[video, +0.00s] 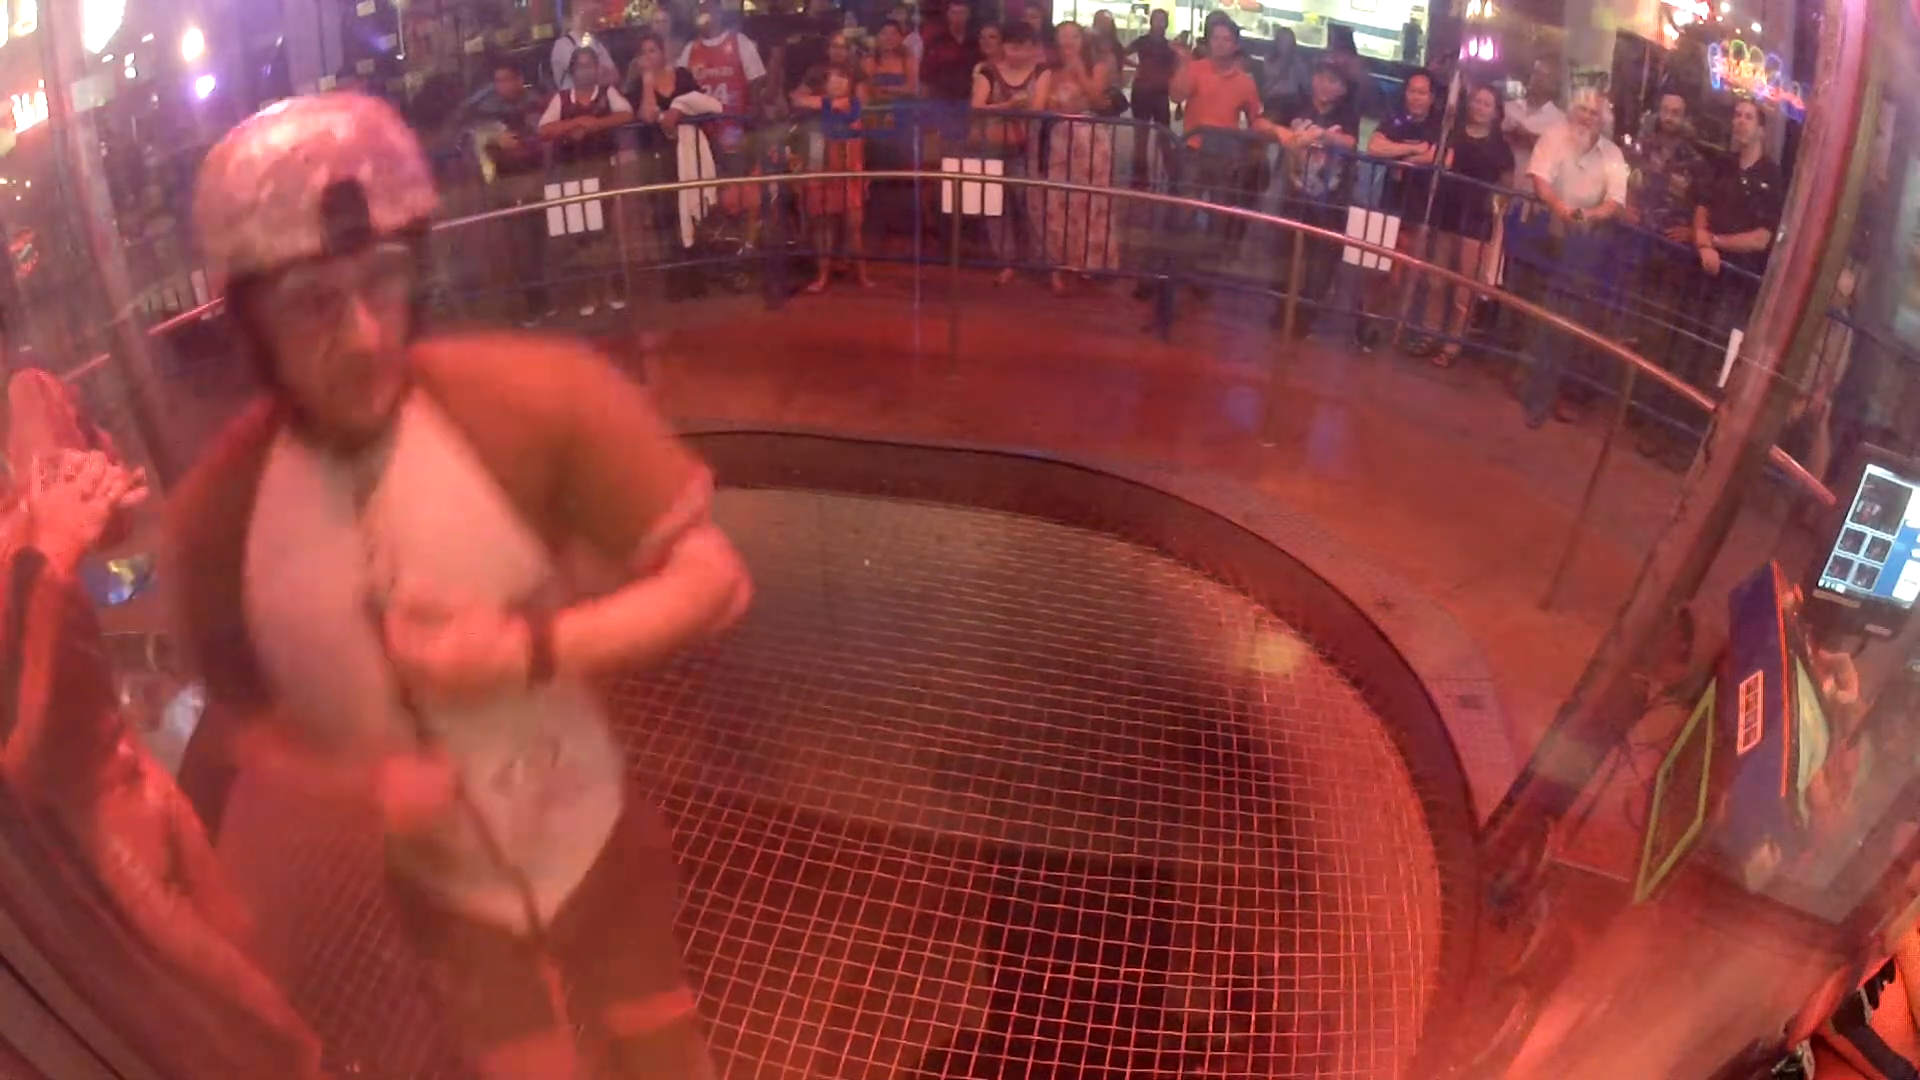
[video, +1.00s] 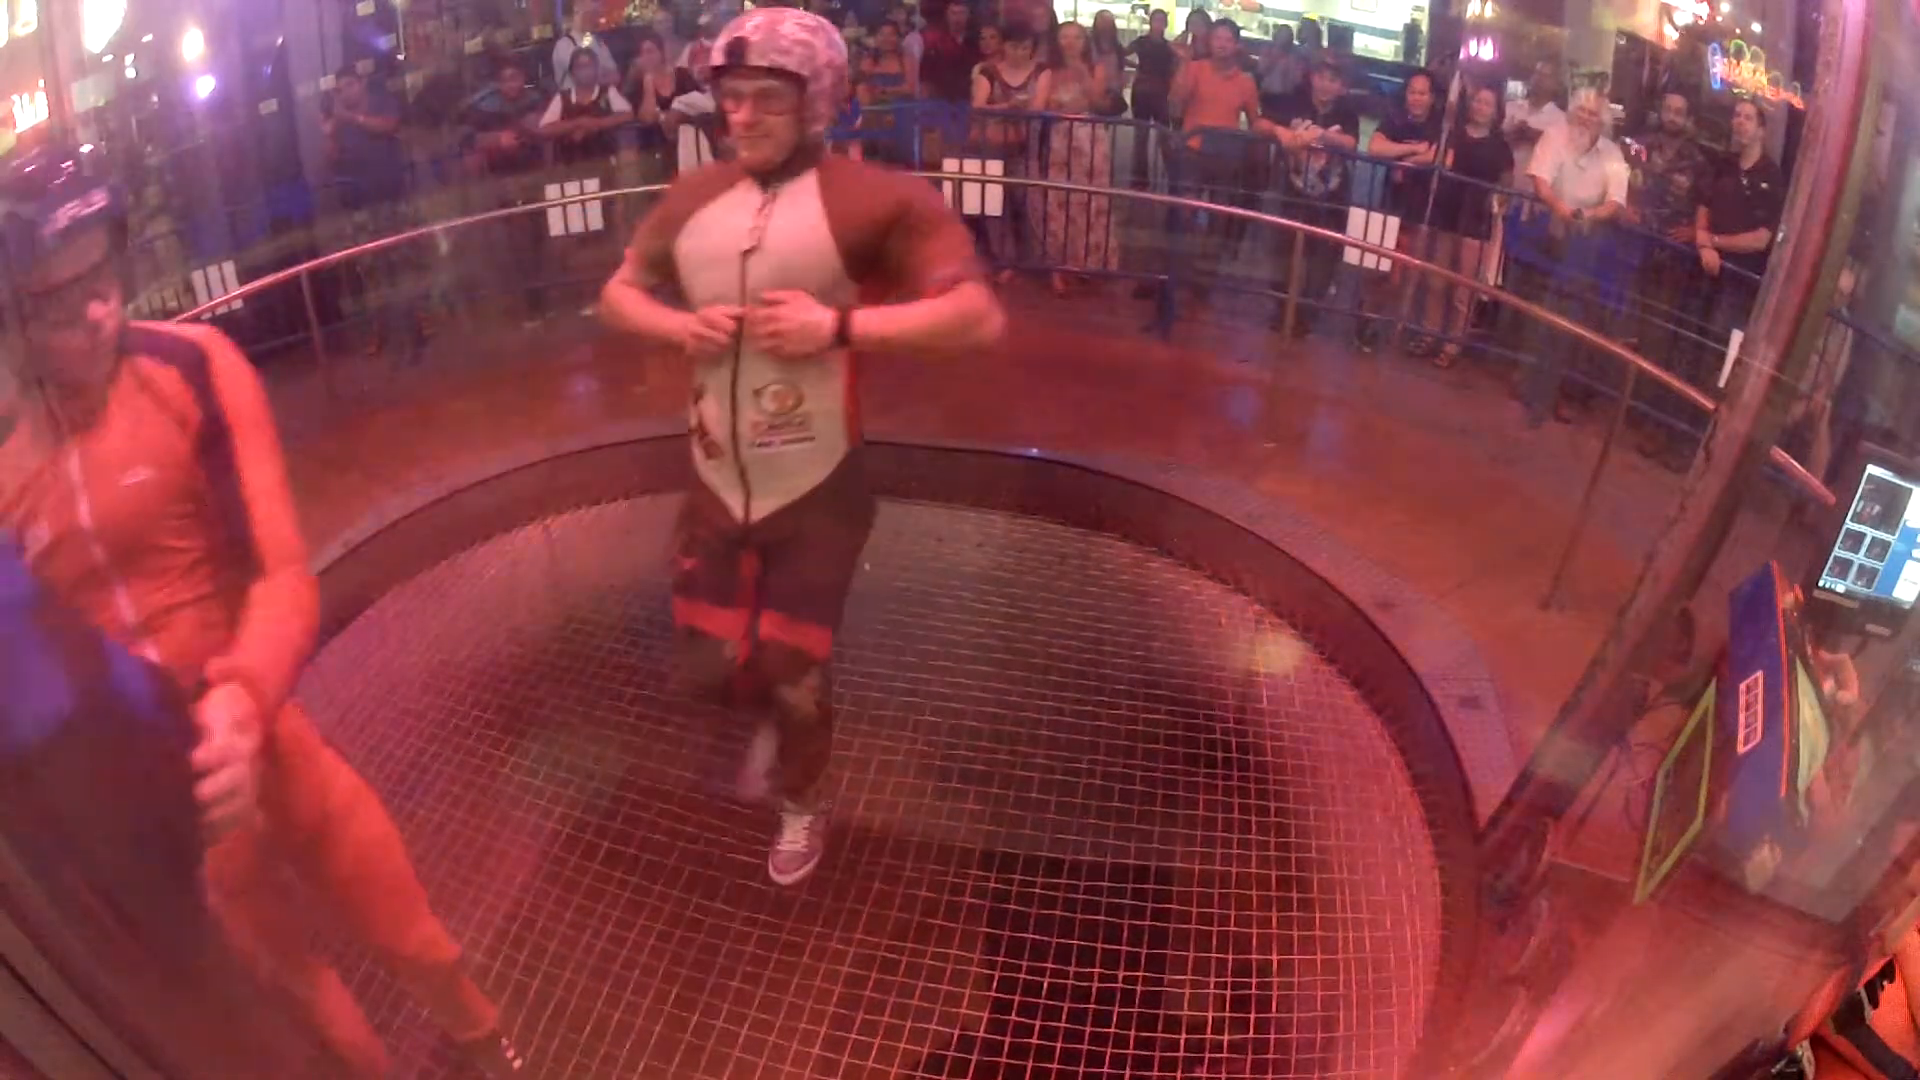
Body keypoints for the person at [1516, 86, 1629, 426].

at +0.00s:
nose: (1586, 117)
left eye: (1593, 113)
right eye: (1582, 109)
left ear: (1603, 119)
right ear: (1571, 110)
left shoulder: (1612, 153)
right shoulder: (1555, 136)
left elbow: (1616, 200)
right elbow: (1539, 178)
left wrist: (1591, 215)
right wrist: (1561, 209)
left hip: (1588, 229)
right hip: (1550, 221)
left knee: (1572, 303)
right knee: (1541, 298)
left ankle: (1551, 388)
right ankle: (1532, 382)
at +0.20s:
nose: (1585, 118)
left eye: (1592, 114)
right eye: (1581, 111)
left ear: (1603, 120)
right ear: (1570, 111)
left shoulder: (1612, 154)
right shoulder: (1554, 138)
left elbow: (1615, 201)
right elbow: (1539, 182)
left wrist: (1591, 215)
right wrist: (1561, 208)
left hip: (1588, 229)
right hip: (1551, 221)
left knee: (1573, 302)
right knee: (1541, 297)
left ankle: (1552, 388)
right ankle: (1529, 379)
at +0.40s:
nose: (1585, 119)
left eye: (1592, 115)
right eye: (1581, 111)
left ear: (1603, 120)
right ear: (1570, 111)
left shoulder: (1613, 154)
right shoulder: (1554, 138)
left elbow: (1616, 200)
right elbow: (1540, 182)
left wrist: (1591, 215)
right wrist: (1561, 208)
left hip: (1588, 229)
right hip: (1551, 221)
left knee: (1574, 302)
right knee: (1542, 298)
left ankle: (1553, 388)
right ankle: (1529, 379)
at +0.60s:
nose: (1585, 118)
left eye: (1592, 114)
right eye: (1581, 110)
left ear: (1603, 119)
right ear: (1570, 110)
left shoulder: (1612, 154)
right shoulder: (1554, 137)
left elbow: (1616, 201)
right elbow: (1540, 181)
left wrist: (1590, 215)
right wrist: (1560, 208)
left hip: (1587, 230)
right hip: (1550, 221)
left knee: (1571, 303)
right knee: (1539, 297)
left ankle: (1551, 389)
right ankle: (1528, 379)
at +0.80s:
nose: (1585, 118)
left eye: (1592, 114)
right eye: (1581, 111)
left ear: (1603, 120)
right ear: (1571, 111)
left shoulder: (1612, 154)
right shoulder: (1555, 137)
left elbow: (1616, 201)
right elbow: (1540, 182)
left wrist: (1590, 215)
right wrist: (1560, 208)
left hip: (1588, 229)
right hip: (1551, 220)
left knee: (1572, 302)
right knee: (1540, 297)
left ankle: (1552, 388)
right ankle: (1528, 378)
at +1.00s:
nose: (1585, 118)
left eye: (1592, 114)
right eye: (1581, 111)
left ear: (1603, 120)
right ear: (1570, 111)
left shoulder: (1612, 154)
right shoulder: (1555, 136)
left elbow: (1616, 201)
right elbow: (1540, 181)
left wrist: (1590, 215)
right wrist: (1560, 209)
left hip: (1587, 229)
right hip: (1551, 220)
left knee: (1572, 302)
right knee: (1539, 297)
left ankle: (1555, 387)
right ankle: (1527, 378)